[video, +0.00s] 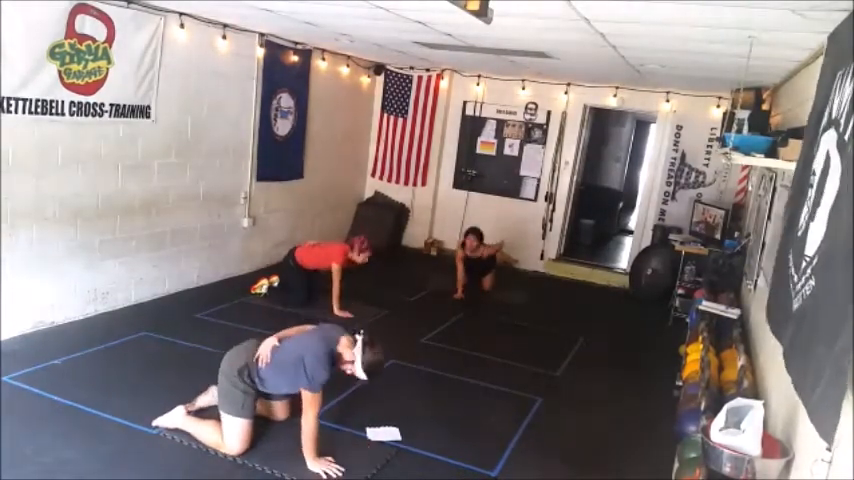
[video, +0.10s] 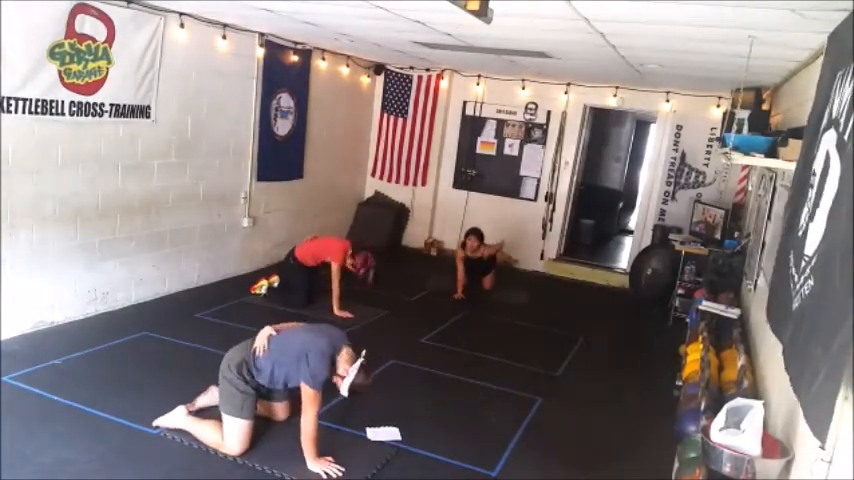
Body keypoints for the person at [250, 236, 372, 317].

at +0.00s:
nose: (366, 260)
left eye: (368, 257)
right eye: (365, 257)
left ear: (356, 250)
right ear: (355, 252)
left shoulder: (345, 249)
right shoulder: (339, 255)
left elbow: (328, 244)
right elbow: (336, 283)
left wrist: (315, 243)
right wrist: (336, 309)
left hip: (301, 256)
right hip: (294, 263)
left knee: (308, 293)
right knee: (299, 298)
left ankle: (277, 281)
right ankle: (268, 288)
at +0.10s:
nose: (348, 268)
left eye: (351, 269)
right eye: (351, 267)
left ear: (356, 258)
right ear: (353, 262)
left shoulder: (346, 245)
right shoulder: (337, 255)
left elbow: (330, 240)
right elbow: (335, 284)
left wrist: (316, 238)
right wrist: (336, 309)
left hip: (307, 260)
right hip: (296, 262)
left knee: (311, 293)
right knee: (301, 300)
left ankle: (278, 281)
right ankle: (267, 289)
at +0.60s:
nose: (363, 258)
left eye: (364, 255)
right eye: (361, 255)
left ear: (352, 247)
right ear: (351, 251)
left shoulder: (344, 244)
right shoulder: (336, 255)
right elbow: (335, 284)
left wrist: (313, 245)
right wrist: (336, 309)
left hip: (302, 254)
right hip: (293, 263)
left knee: (311, 291)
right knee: (300, 300)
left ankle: (278, 281)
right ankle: (267, 288)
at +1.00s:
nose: (362, 251)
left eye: (364, 249)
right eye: (359, 247)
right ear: (350, 244)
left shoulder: (342, 247)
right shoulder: (338, 254)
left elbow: (325, 244)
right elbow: (335, 283)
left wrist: (311, 246)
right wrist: (335, 303)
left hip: (300, 254)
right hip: (293, 263)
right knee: (300, 300)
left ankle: (277, 282)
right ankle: (269, 289)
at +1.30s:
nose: (347, 268)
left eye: (350, 268)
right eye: (349, 267)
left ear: (355, 256)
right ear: (351, 259)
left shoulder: (344, 243)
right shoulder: (337, 254)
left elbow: (326, 239)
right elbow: (336, 283)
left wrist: (313, 240)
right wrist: (336, 310)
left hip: (304, 257)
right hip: (295, 262)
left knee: (311, 294)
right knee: (301, 300)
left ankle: (278, 282)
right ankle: (266, 290)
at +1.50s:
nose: (349, 267)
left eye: (353, 267)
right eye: (352, 265)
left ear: (354, 254)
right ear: (351, 258)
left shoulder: (345, 244)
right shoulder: (336, 252)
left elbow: (326, 241)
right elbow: (335, 283)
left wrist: (314, 240)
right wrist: (336, 309)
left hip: (308, 263)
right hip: (295, 261)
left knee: (309, 297)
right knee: (300, 299)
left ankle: (278, 282)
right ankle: (268, 289)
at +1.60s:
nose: (363, 252)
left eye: (364, 248)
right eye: (360, 248)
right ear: (351, 245)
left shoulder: (344, 248)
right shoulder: (338, 254)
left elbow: (325, 246)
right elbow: (336, 282)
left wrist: (312, 248)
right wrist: (335, 303)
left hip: (301, 254)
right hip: (293, 262)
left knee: (310, 298)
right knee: (300, 299)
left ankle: (277, 282)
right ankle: (270, 289)